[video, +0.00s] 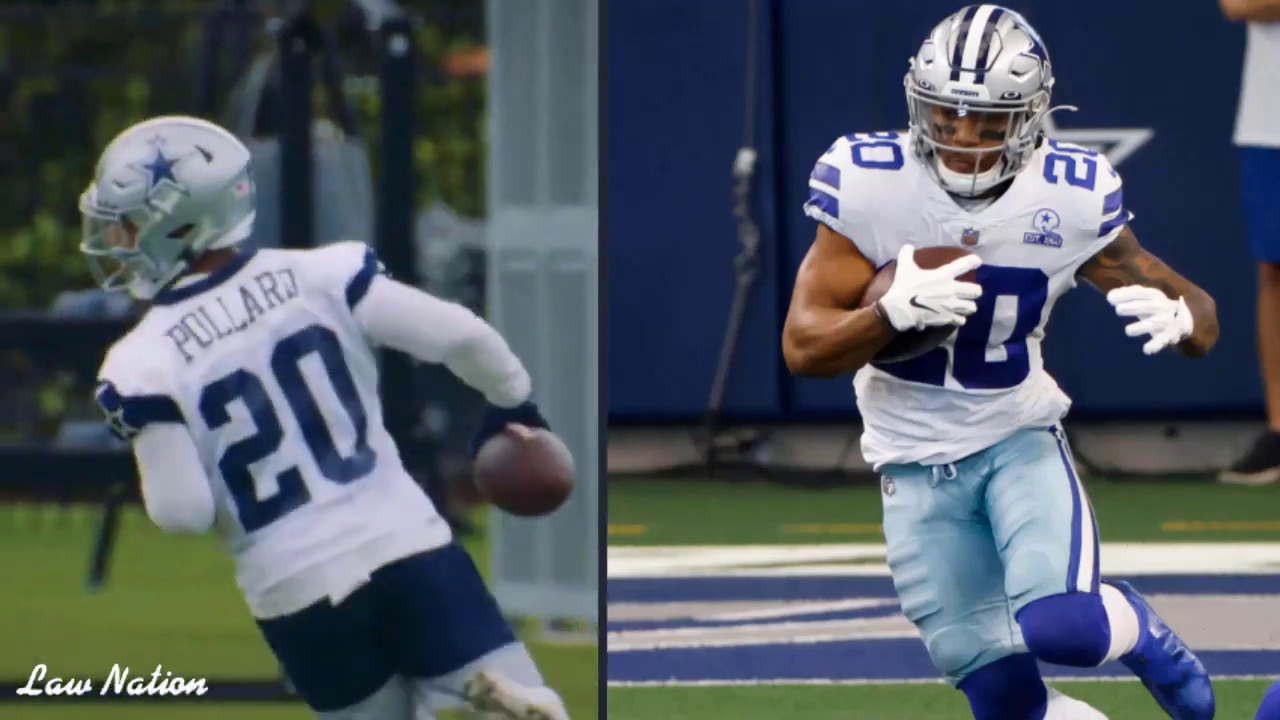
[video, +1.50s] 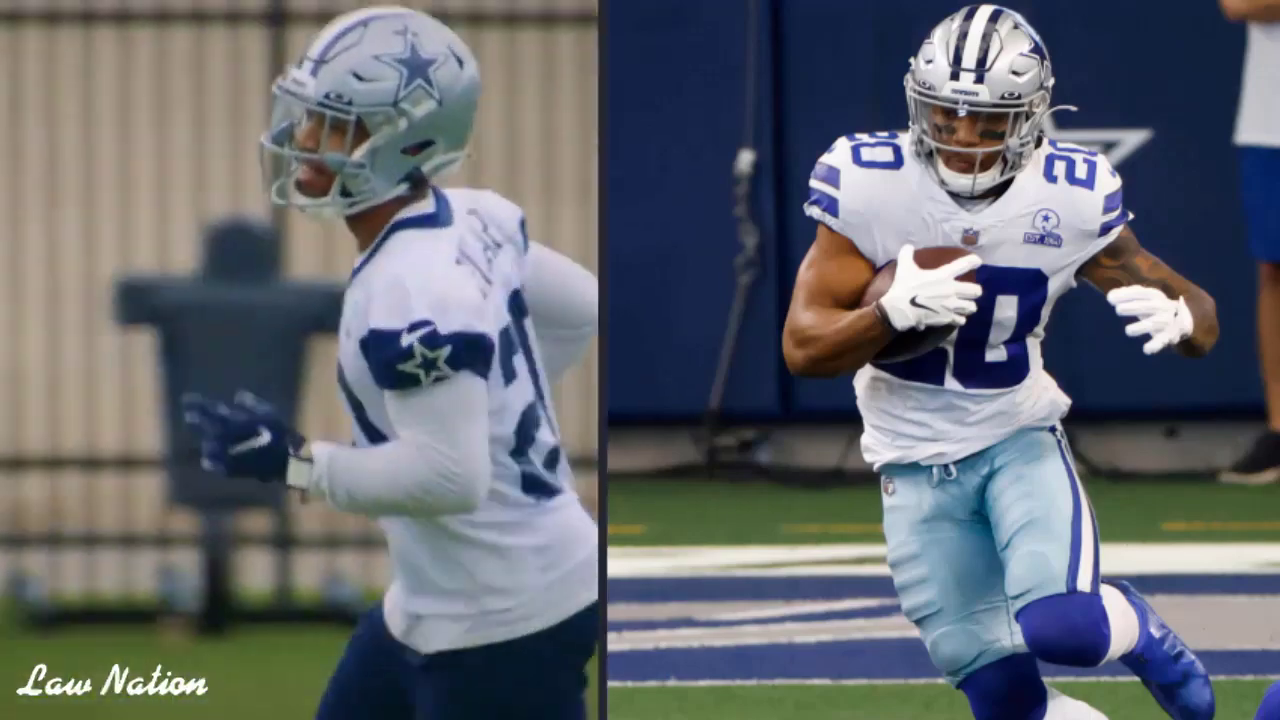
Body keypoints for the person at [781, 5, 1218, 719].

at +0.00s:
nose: (966, 138)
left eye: (988, 121)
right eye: (950, 117)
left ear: (1028, 119)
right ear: (922, 110)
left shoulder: (1071, 194)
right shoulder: (863, 179)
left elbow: (1197, 309)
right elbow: (801, 349)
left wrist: (1181, 319)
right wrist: (887, 313)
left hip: (1018, 437)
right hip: (911, 467)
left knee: (1054, 626)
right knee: (1001, 696)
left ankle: (1142, 633)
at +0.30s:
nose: (966, 138)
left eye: (988, 121)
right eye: (950, 117)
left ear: (1028, 119)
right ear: (922, 110)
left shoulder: (1071, 194)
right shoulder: (863, 179)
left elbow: (1197, 309)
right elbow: (801, 349)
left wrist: (1181, 319)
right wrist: (887, 313)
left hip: (1018, 437)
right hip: (911, 467)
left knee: (1054, 626)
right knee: (1001, 696)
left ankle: (1142, 633)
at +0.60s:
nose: (965, 137)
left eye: (988, 121)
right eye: (950, 116)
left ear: (1027, 119)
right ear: (923, 109)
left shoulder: (1071, 194)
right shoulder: (863, 179)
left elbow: (1197, 309)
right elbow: (801, 349)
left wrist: (1181, 319)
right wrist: (887, 313)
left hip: (1018, 437)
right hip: (911, 467)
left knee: (1054, 626)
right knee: (1001, 696)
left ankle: (1142, 633)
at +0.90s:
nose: (966, 138)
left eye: (988, 121)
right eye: (950, 117)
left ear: (1028, 119)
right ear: (922, 110)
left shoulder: (1071, 194)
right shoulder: (863, 179)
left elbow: (1197, 309)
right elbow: (801, 349)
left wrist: (1181, 319)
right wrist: (887, 313)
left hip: (1018, 437)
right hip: (911, 467)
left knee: (1054, 626)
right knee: (1001, 696)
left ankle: (1142, 633)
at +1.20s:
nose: (966, 138)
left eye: (988, 121)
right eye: (950, 117)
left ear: (1028, 119)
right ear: (922, 110)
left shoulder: (1071, 194)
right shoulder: (863, 179)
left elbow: (1197, 309)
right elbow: (801, 349)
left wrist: (1181, 319)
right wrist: (887, 313)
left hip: (1018, 437)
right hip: (911, 467)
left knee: (1054, 626)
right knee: (1001, 696)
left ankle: (1142, 633)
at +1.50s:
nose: (966, 138)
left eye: (988, 121)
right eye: (950, 117)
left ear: (1028, 119)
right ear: (922, 110)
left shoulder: (1071, 194)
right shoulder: (863, 179)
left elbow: (1197, 309)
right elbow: (801, 349)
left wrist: (1181, 319)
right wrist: (887, 313)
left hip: (1018, 437)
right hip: (911, 467)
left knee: (1054, 626)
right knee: (1001, 696)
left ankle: (1142, 633)